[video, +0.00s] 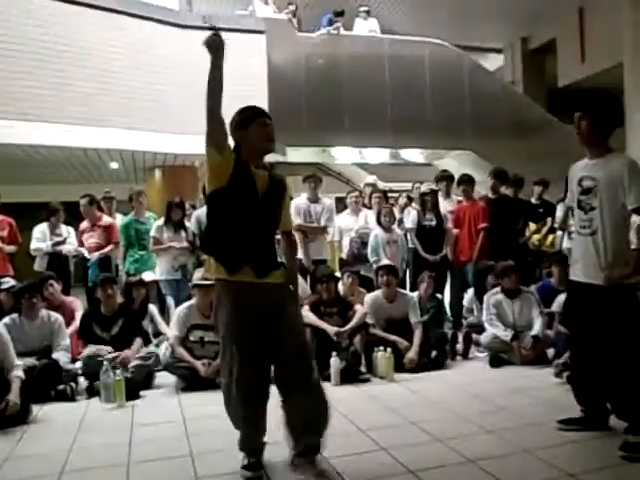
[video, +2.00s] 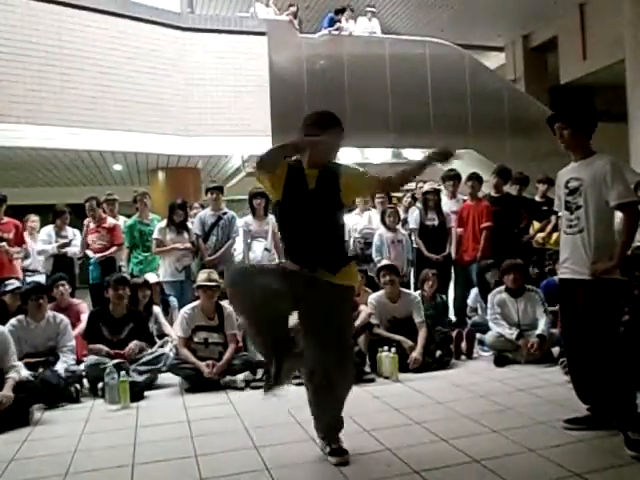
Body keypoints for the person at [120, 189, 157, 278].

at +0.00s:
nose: (140, 203)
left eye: (143, 199)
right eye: (137, 200)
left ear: (146, 202)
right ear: (132, 203)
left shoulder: (153, 219)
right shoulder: (126, 223)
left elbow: (157, 242)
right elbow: (123, 245)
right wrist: (120, 264)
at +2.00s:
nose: (144, 202)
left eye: (146, 199)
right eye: (140, 200)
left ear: (150, 202)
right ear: (136, 204)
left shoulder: (157, 221)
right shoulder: (130, 224)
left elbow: (161, 243)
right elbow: (127, 247)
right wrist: (124, 266)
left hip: (155, 266)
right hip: (137, 266)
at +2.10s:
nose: (144, 202)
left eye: (146, 199)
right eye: (140, 200)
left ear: (150, 202)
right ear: (136, 204)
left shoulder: (157, 221)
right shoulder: (130, 224)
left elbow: (161, 243)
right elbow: (127, 247)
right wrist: (124, 266)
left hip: (155, 265)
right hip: (137, 266)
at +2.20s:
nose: (144, 202)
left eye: (146, 199)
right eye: (140, 200)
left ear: (150, 202)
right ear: (136, 205)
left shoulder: (157, 221)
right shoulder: (131, 224)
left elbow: (161, 243)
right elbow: (127, 247)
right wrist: (125, 268)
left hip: (155, 266)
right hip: (138, 266)